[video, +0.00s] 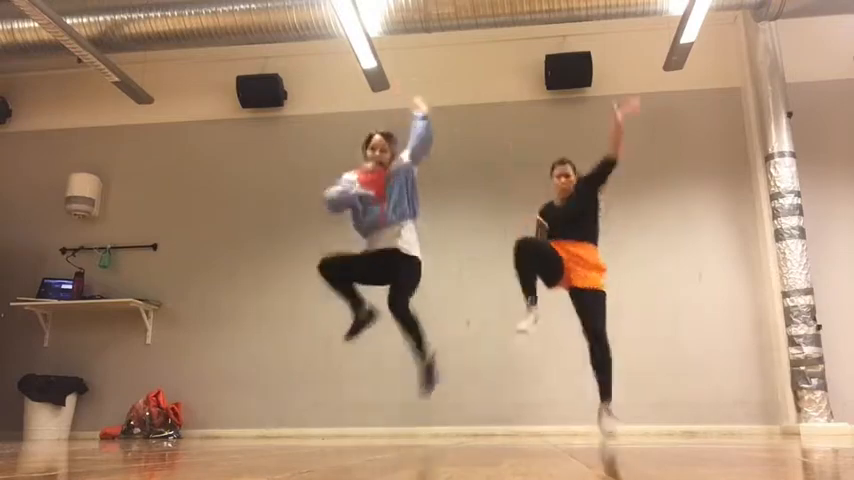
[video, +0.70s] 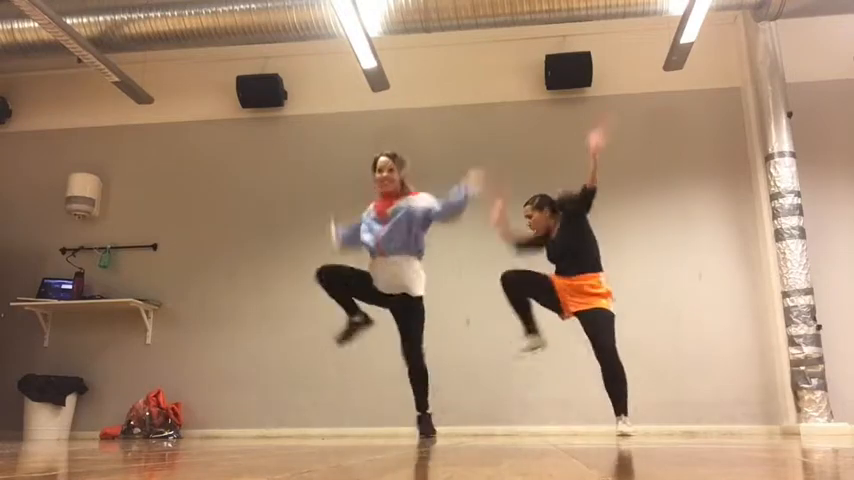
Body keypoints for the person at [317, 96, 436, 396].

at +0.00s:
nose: (379, 152)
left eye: (384, 148)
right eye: (373, 149)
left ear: (393, 152)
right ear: (366, 153)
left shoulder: (403, 169)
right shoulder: (355, 179)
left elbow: (419, 144)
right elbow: (331, 201)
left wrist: (421, 116)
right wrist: (357, 195)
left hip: (407, 257)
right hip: (376, 258)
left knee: (398, 303)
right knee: (329, 266)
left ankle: (425, 360)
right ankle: (362, 311)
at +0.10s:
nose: (380, 160)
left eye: (386, 155)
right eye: (376, 154)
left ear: (396, 159)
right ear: (368, 157)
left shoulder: (408, 178)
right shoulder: (358, 183)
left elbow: (435, 168)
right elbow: (348, 215)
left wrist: (455, 148)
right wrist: (368, 231)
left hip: (402, 258)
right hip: (372, 266)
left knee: (400, 257)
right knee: (335, 310)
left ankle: (439, 299)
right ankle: (352, 368)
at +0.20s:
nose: (383, 181)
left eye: (388, 176)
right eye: (379, 176)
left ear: (397, 181)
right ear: (371, 180)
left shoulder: (405, 207)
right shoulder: (359, 207)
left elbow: (431, 220)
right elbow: (348, 238)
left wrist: (464, 222)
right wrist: (335, 253)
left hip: (396, 285)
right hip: (368, 294)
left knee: (399, 238)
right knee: (357, 359)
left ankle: (432, 286)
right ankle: (363, 417)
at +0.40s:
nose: (394, 179)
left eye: (400, 174)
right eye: (389, 174)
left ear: (410, 179)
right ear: (383, 178)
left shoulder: (414, 212)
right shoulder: (370, 194)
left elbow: (432, 237)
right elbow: (350, 178)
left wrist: (419, 220)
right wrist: (340, 155)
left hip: (390, 291)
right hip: (359, 291)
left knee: (420, 333)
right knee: (353, 353)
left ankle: (420, 401)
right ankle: (348, 418)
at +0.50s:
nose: (398, 173)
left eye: (402, 168)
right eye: (392, 169)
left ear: (412, 172)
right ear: (385, 174)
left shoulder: (422, 201)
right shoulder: (374, 193)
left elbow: (434, 187)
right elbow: (355, 170)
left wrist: (429, 159)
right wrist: (366, 139)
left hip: (400, 286)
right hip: (367, 281)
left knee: (409, 353)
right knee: (338, 334)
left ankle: (407, 417)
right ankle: (310, 380)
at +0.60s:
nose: (392, 172)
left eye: (397, 168)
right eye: (387, 168)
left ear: (407, 171)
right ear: (380, 173)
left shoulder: (421, 196)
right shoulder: (370, 198)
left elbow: (442, 177)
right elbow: (352, 186)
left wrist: (452, 144)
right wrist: (347, 167)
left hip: (404, 292)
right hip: (370, 285)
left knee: (425, 349)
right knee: (317, 296)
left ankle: (416, 411)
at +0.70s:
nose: (384, 175)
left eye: (389, 170)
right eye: (379, 171)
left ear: (401, 174)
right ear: (374, 177)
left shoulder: (417, 204)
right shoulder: (371, 212)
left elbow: (446, 210)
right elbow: (358, 235)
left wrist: (466, 189)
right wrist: (340, 235)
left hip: (407, 290)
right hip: (377, 285)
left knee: (413, 356)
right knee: (326, 275)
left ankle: (423, 416)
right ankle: (357, 317)